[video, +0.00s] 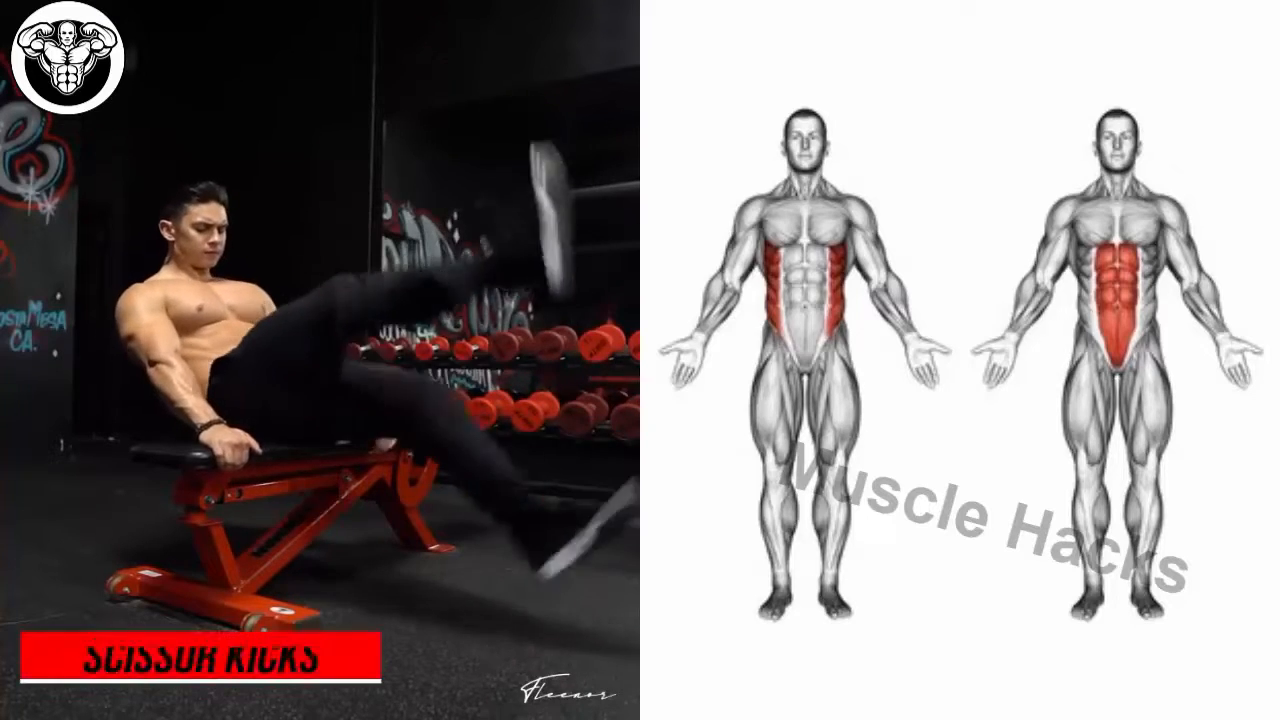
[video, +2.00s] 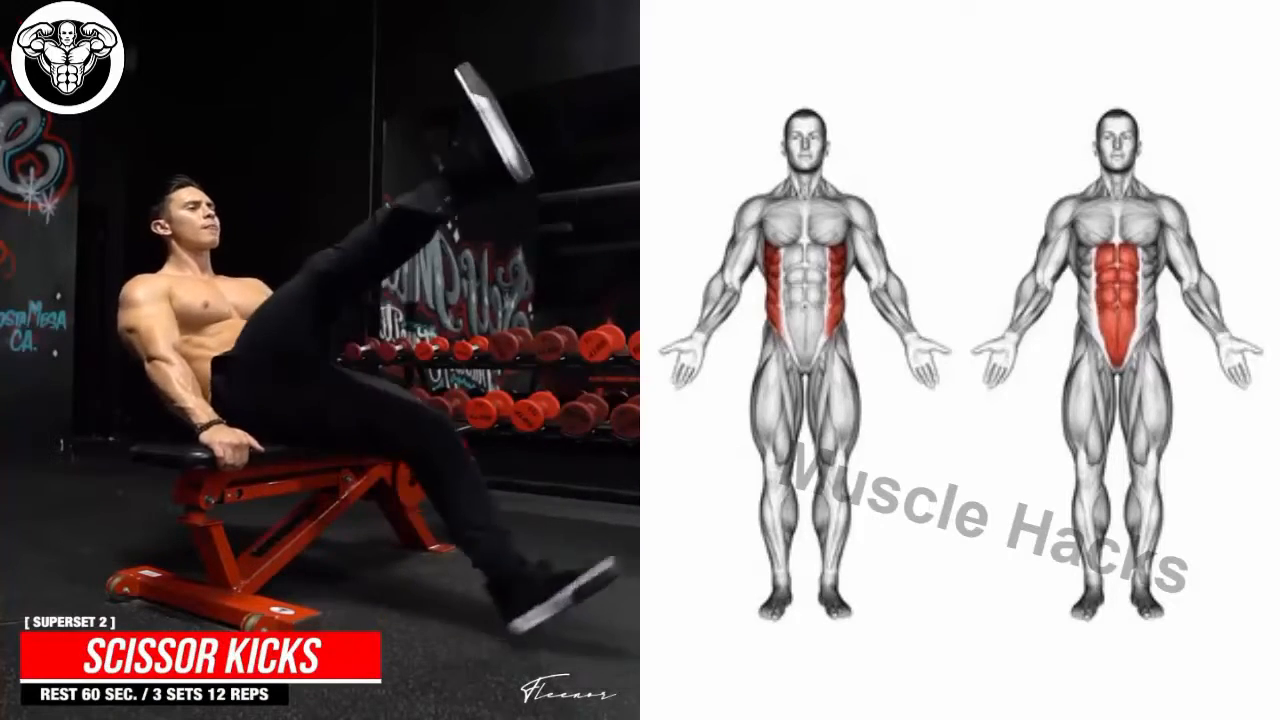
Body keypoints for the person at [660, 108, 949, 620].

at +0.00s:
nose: (804, 146)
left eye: (812, 138)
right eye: (797, 138)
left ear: (825, 145)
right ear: (785, 145)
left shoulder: (852, 211)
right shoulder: (758, 211)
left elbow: (881, 281)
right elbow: (729, 281)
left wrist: (910, 336)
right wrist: (700, 336)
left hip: (832, 355)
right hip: (777, 355)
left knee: (834, 468)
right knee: (777, 469)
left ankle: (830, 584)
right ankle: (780, 585)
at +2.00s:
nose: (805, 146)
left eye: (812, 138)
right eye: (797, 138)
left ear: (825, 145)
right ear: (785, 145)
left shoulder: (852, 211)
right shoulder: (758, 211)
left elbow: (881, 281)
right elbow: (729, 282)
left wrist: (910, 336)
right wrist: (700, 336)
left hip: (832, 356)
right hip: (777, 355)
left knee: (834, 467)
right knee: (777, 469)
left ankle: (830, 584)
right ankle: (780, 585)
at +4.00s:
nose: (804, 146)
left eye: (812, 138)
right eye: (797, 138)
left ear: (825, 145)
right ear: (785, 145)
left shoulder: (851, 211)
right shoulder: (758, 211)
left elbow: (881, 281)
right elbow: (729, 281)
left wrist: (909, 336)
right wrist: (700, 336)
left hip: (832, 356)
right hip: (777, 355)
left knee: (834, 467)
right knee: (777, 469)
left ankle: (829, 584)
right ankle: (780, 585)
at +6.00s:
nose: (805, 145)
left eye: (812, 138)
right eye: (797, 138)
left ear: (825, 145)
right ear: (785, 146)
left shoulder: (851, 211)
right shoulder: (758, 211)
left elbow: (881, 281)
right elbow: (729, 281)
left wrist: (909, 336)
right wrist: (700, 336)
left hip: (832, 355)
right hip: (778, 355)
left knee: (834, 467)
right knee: (777, 469)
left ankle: (829, 584)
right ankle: (780, 585)